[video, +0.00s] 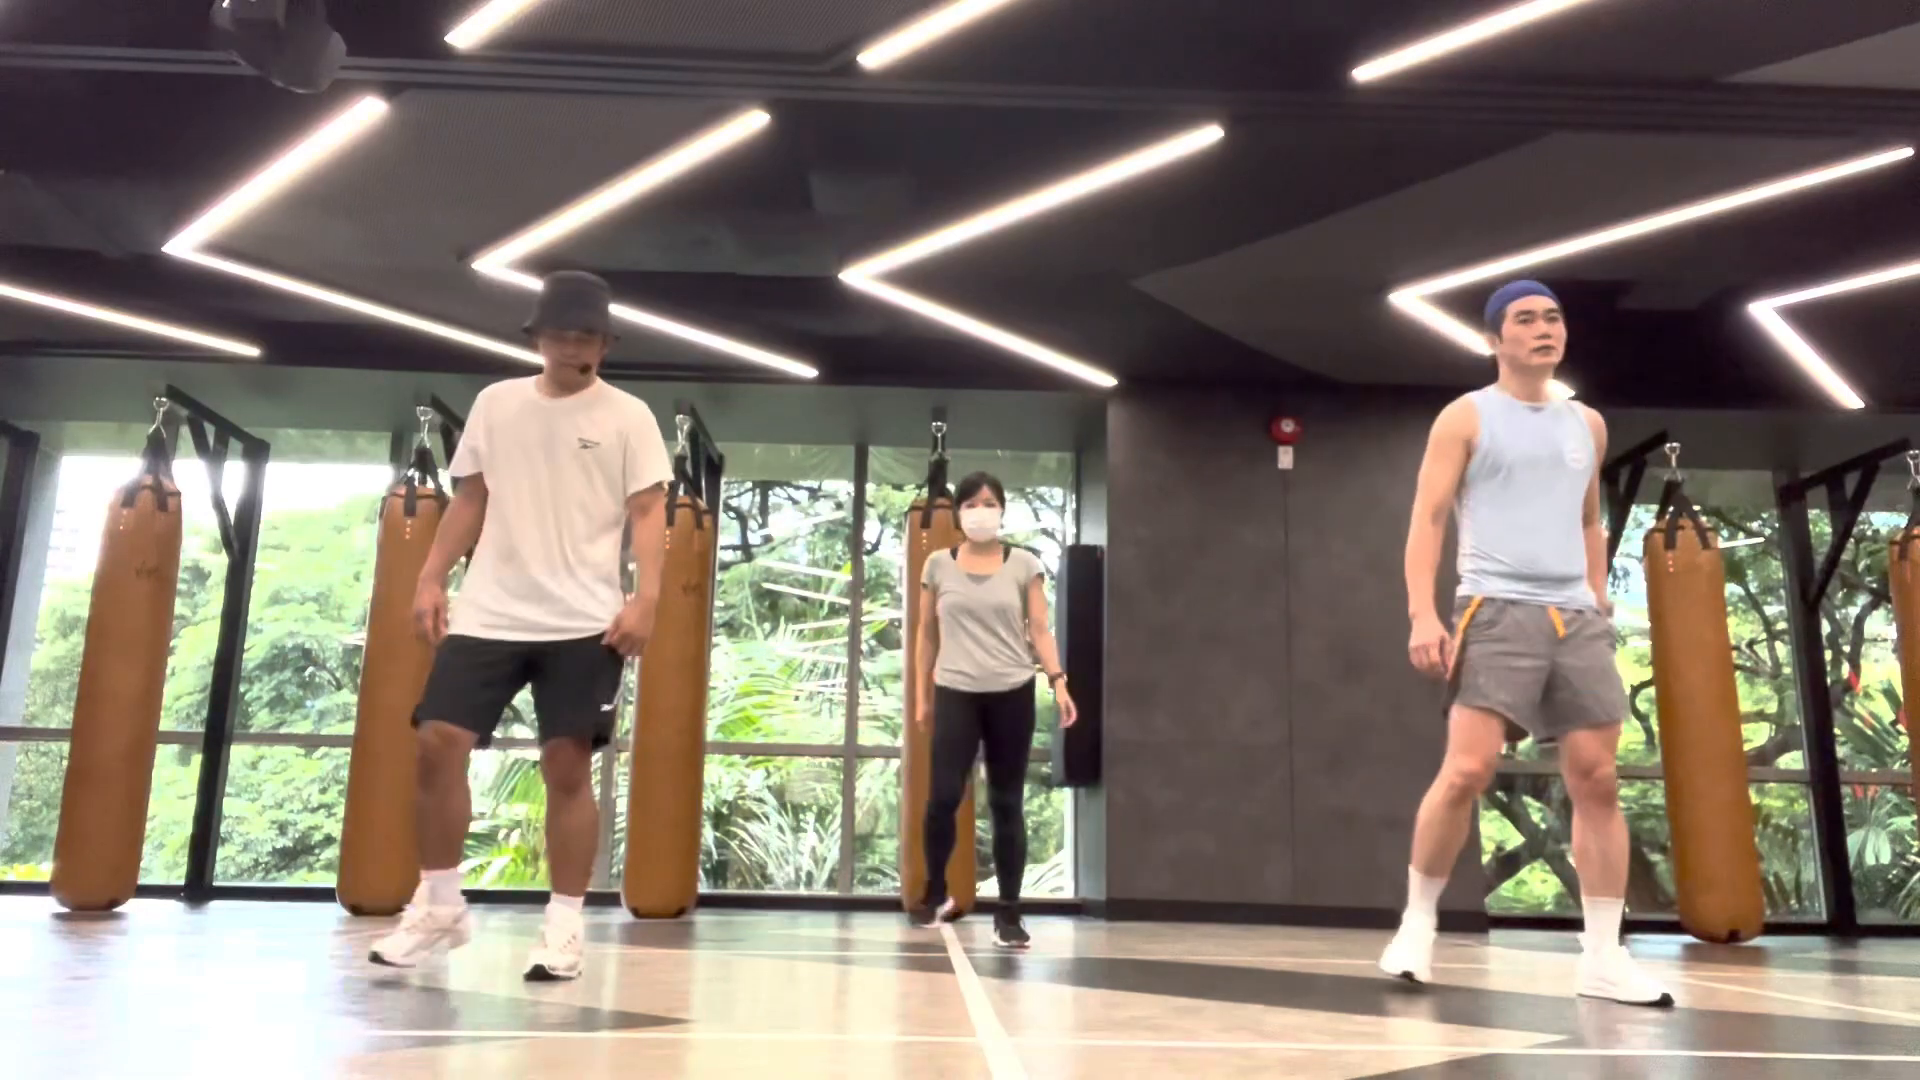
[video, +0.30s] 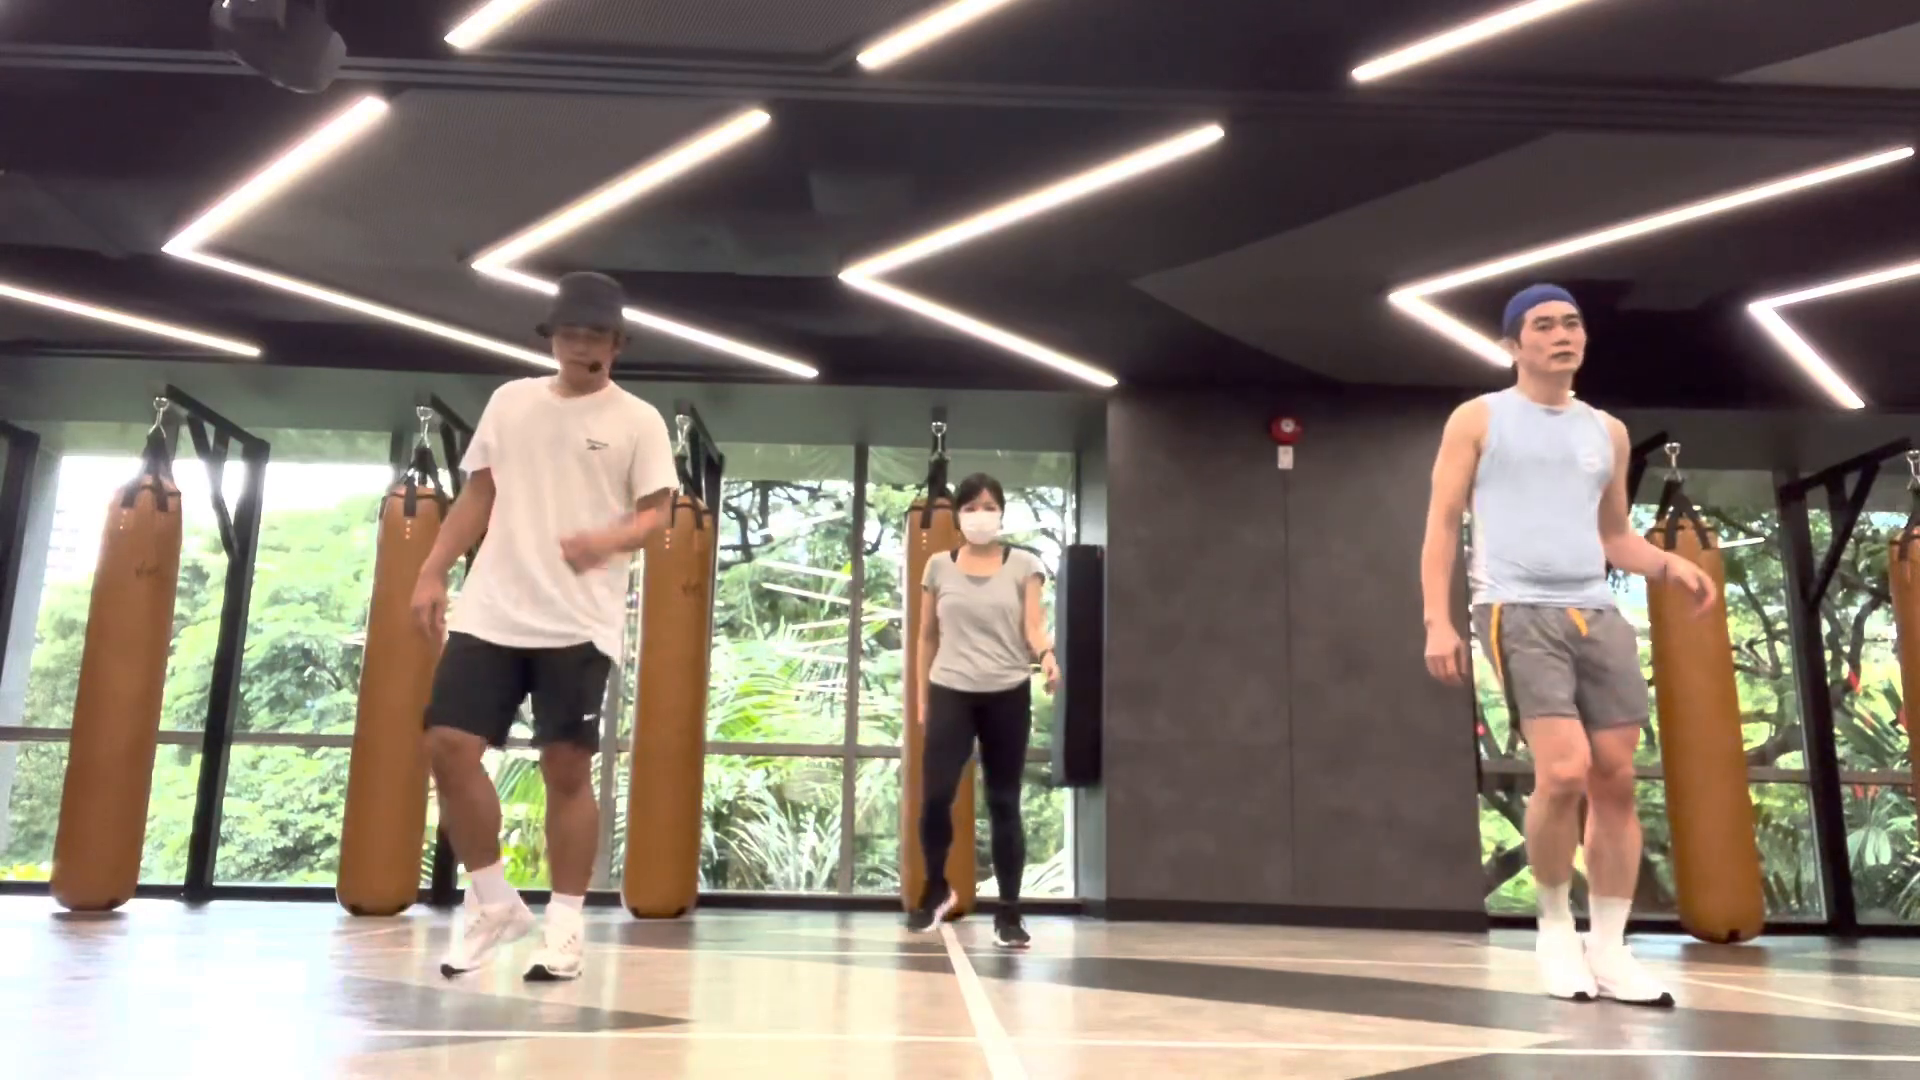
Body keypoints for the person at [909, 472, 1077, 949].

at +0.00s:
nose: (982, 513)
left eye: (990, 506)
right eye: (972, 506)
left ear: (1003, 513)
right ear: (958, 514)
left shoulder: (1023, 562)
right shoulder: (940, 564)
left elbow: (1040, 629)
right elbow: (927, 631)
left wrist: (1059, 685)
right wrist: (922, 691)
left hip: (1011, 694)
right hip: (954, 693)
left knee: (1007, 805)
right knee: (944, 797)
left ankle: (1008, 914)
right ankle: (937, 893)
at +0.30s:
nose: (981, 516)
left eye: (990, 508)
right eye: (971, 508)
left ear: (1002, 515)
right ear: (957, 516)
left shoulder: (1022, 563)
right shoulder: (940, 566)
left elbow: (1034, 627)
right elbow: (927, 635)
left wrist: (1047, 655)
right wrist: (922, 696)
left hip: (1006, 694)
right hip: (949, 692)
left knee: (1004, 803)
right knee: (936, 796)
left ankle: (1009, 913)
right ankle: (938, 889)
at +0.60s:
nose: (947, 529)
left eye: (956, 521)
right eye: (938, 520)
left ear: (968, 527)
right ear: (923, 526)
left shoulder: (982, 582)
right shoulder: (901, 579)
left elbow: (999, 645)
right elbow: (883, 641)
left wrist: (1015, 695)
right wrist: (872, 696)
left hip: (963, 704)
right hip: (905, 705)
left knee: (980, 811)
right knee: (881, 809)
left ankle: (1006, 913)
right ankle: (853, 907)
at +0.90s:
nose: (911, 520)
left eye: (919, 514)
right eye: (902, 513)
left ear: (931, 525)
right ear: (887, 524)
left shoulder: (944, 578)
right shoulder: (864, 566)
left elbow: (940, 639)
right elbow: (836, 626)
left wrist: (935, 680)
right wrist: (817, 680)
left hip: (919, 696)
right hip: (864, 697)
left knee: (921, 789)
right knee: (862, 803)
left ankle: (942, 895)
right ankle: (856, 908)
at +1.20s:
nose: (910, 517)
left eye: (918, 512)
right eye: (901, 511)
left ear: (929, 527)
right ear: (886, 526)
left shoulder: (940, 581)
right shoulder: (863, 566)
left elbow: (937, 643)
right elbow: (839, 630)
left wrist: (939, 684)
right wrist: (820, 684)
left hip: (919, 699)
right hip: (865, 698)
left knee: (927, 792)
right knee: (863, 805)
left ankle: (919, 897)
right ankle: (856, 909)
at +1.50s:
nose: (937, 526)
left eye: (947, 521)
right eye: (929, 519)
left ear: (959, 534)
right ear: (913, 530)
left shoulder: (970, 586)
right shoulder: (892, 577)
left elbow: (974, 651)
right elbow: (865, 636)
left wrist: (987, 702)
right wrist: (849, 689)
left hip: (952, 708)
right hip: (897, 707)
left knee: (977, 810)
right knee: (883, 809)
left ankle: (1008, 908)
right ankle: (859, 909)